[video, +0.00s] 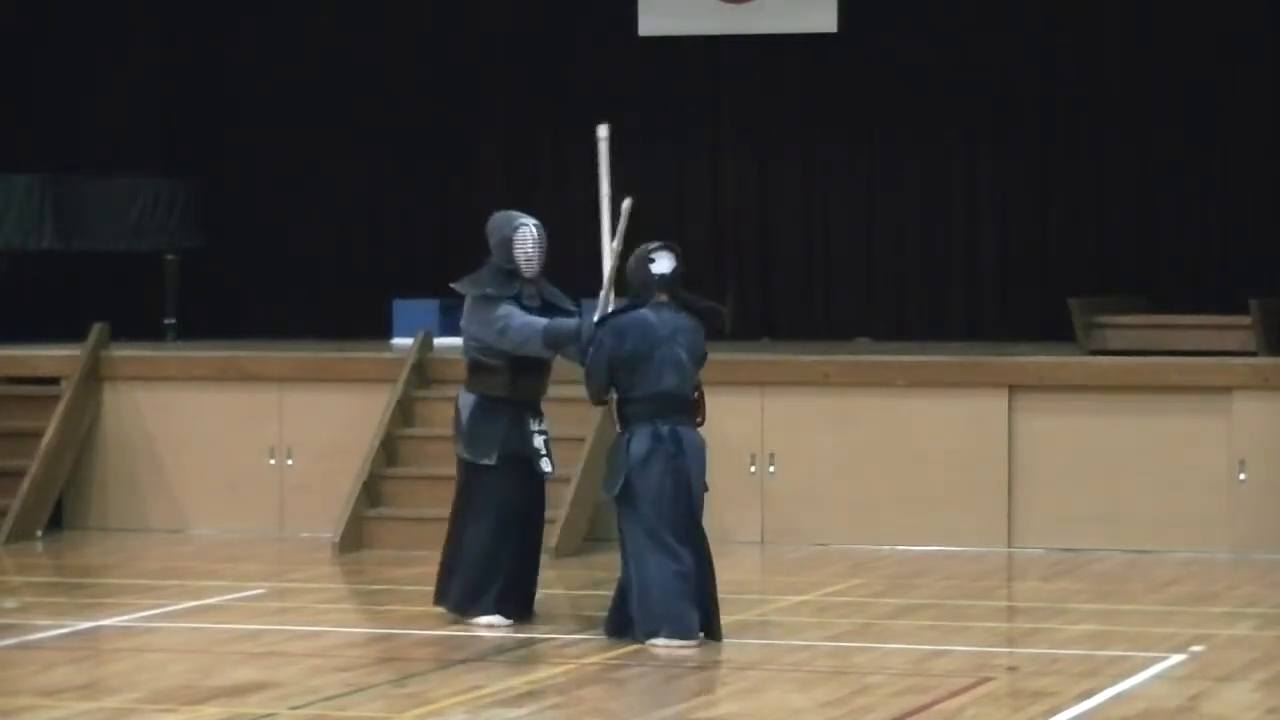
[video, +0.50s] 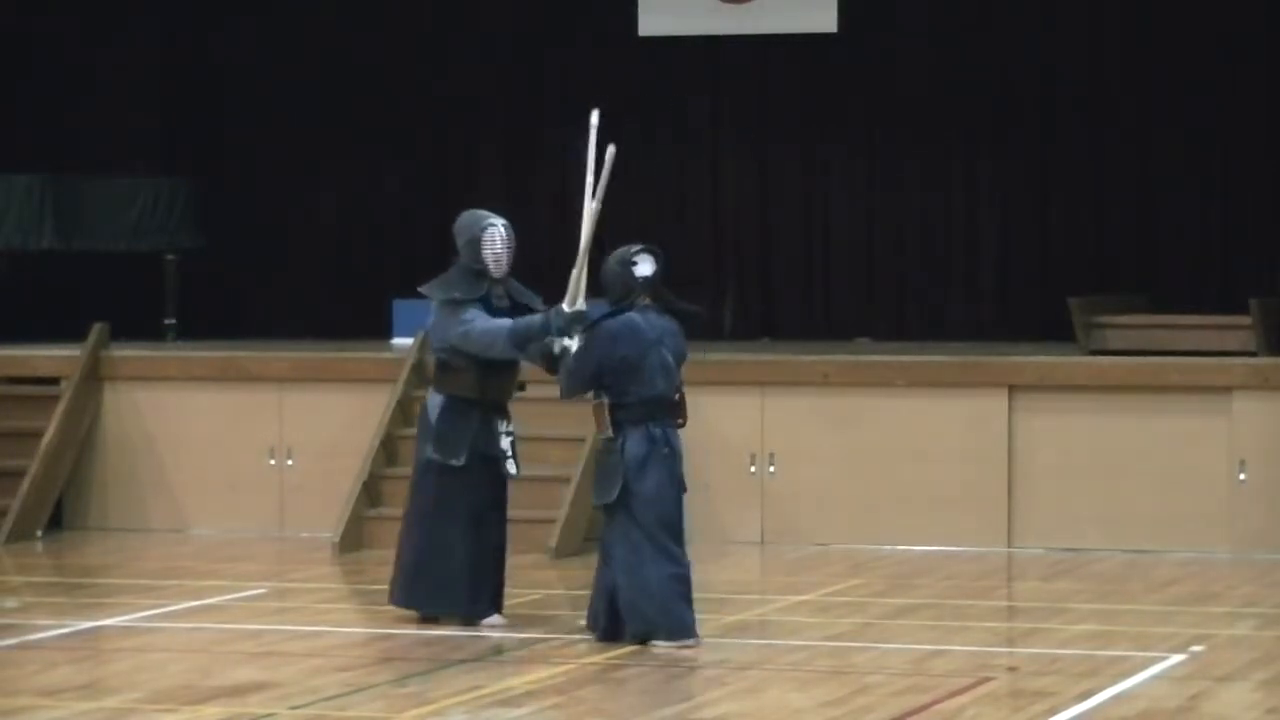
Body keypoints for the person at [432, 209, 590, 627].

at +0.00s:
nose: (533, 254)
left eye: (537, 245)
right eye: (524, 245)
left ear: (543, 249)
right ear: (502, 248)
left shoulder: (542, 296)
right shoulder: (485, 301)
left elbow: (578, 323)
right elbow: (525, 332)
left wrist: (615, 309)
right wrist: (583, 329)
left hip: (525, 412)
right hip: (490, 411)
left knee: (526, 508)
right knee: (493, 506)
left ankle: (512, 603)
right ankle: (476, 603)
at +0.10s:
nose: (523, 253)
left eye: (528, 244)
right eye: (514, 245)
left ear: (536, 248)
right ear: (494, 249)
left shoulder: (539, 296)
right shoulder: (477, 301)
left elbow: (573, 335)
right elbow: (512, 337)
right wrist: (571, 337)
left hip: (516, 413)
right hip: (479, 412)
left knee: (515, 508)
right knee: (483, 508)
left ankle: (509, 600)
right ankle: (477, 604)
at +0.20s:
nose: (518, 253)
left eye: (522, 244)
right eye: (508, 245)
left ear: (529, 247)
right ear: (488, 249)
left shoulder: (533, 296)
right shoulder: (470, 302)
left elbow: (567, 337)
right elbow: (504, 339)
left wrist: (594, 338)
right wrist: (563, 340)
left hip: (508, 413)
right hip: (470, 413)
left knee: (509, 508)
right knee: (476, 507)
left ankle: (498, 603)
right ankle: (474, 606)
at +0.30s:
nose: (511, 252)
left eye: (516, 243)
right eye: (502, 244)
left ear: (522, 247)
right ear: (481, 248)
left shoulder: (530, 297)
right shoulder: (463, 301)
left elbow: (558, 347)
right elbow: (494, 341)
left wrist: (579, 344)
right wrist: (557, 340)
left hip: (503, 412)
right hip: (464, 412)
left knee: (500, 506)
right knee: (469, 506)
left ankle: (487, 601)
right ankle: (467, 604)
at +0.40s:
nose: (504, 252)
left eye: (509, 243)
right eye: (494, 244)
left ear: (516, 246)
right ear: (473, 248)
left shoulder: (523, 296)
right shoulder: (456, 299)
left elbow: (550, 345)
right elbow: (485, 339)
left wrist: (572, 340)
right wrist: (548, 335)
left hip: (498, 412)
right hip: (458, 410)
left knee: (493, 508)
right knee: (457, 506)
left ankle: (481, 602)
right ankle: (449, 602)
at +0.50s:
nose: (500, 254)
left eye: (505, 245)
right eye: (491, 245)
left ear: (511, 248)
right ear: (470, 250)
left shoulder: (513, 298)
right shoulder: (451, 304)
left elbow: (541, 347)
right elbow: (490, 335)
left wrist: (566, 341)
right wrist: (548, 321)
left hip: (491, 414)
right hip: (452, 413)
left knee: (487, 509)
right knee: (450, 508)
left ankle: (481, 606)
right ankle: (436, 604)